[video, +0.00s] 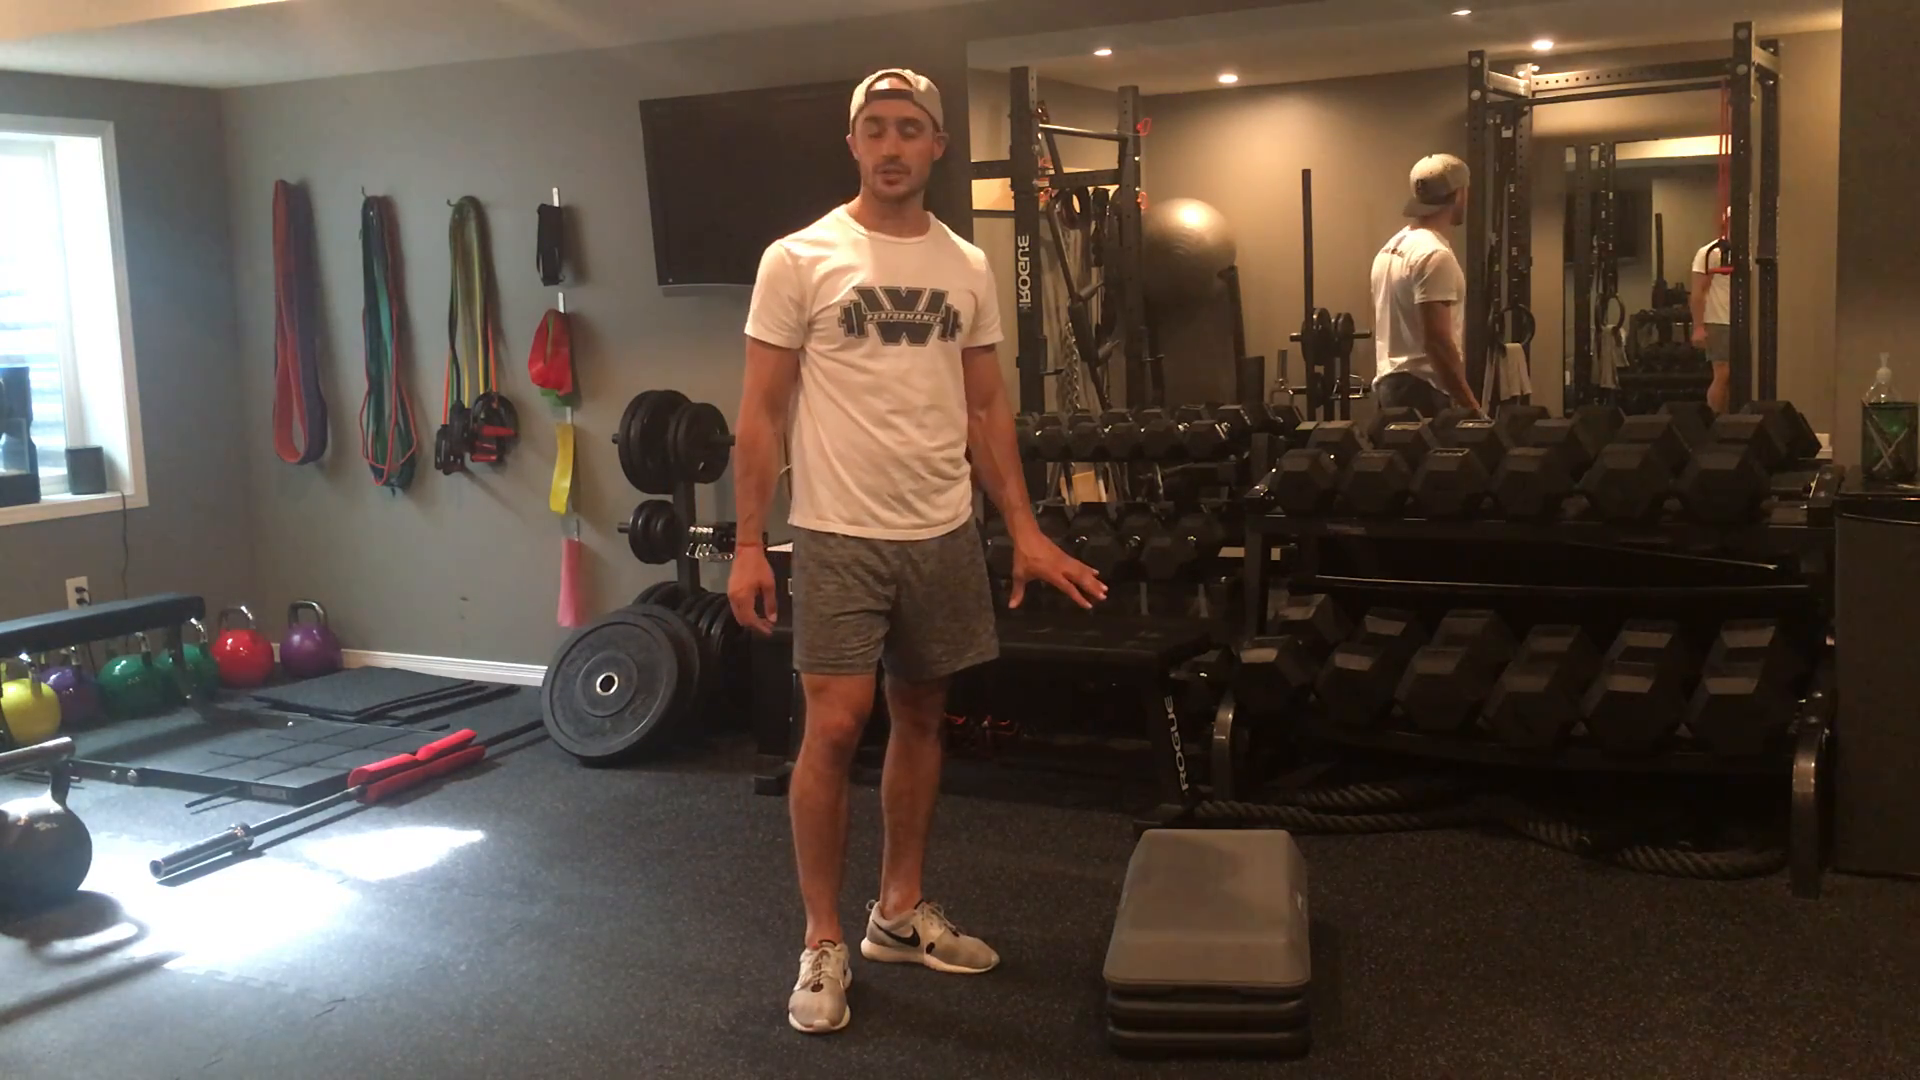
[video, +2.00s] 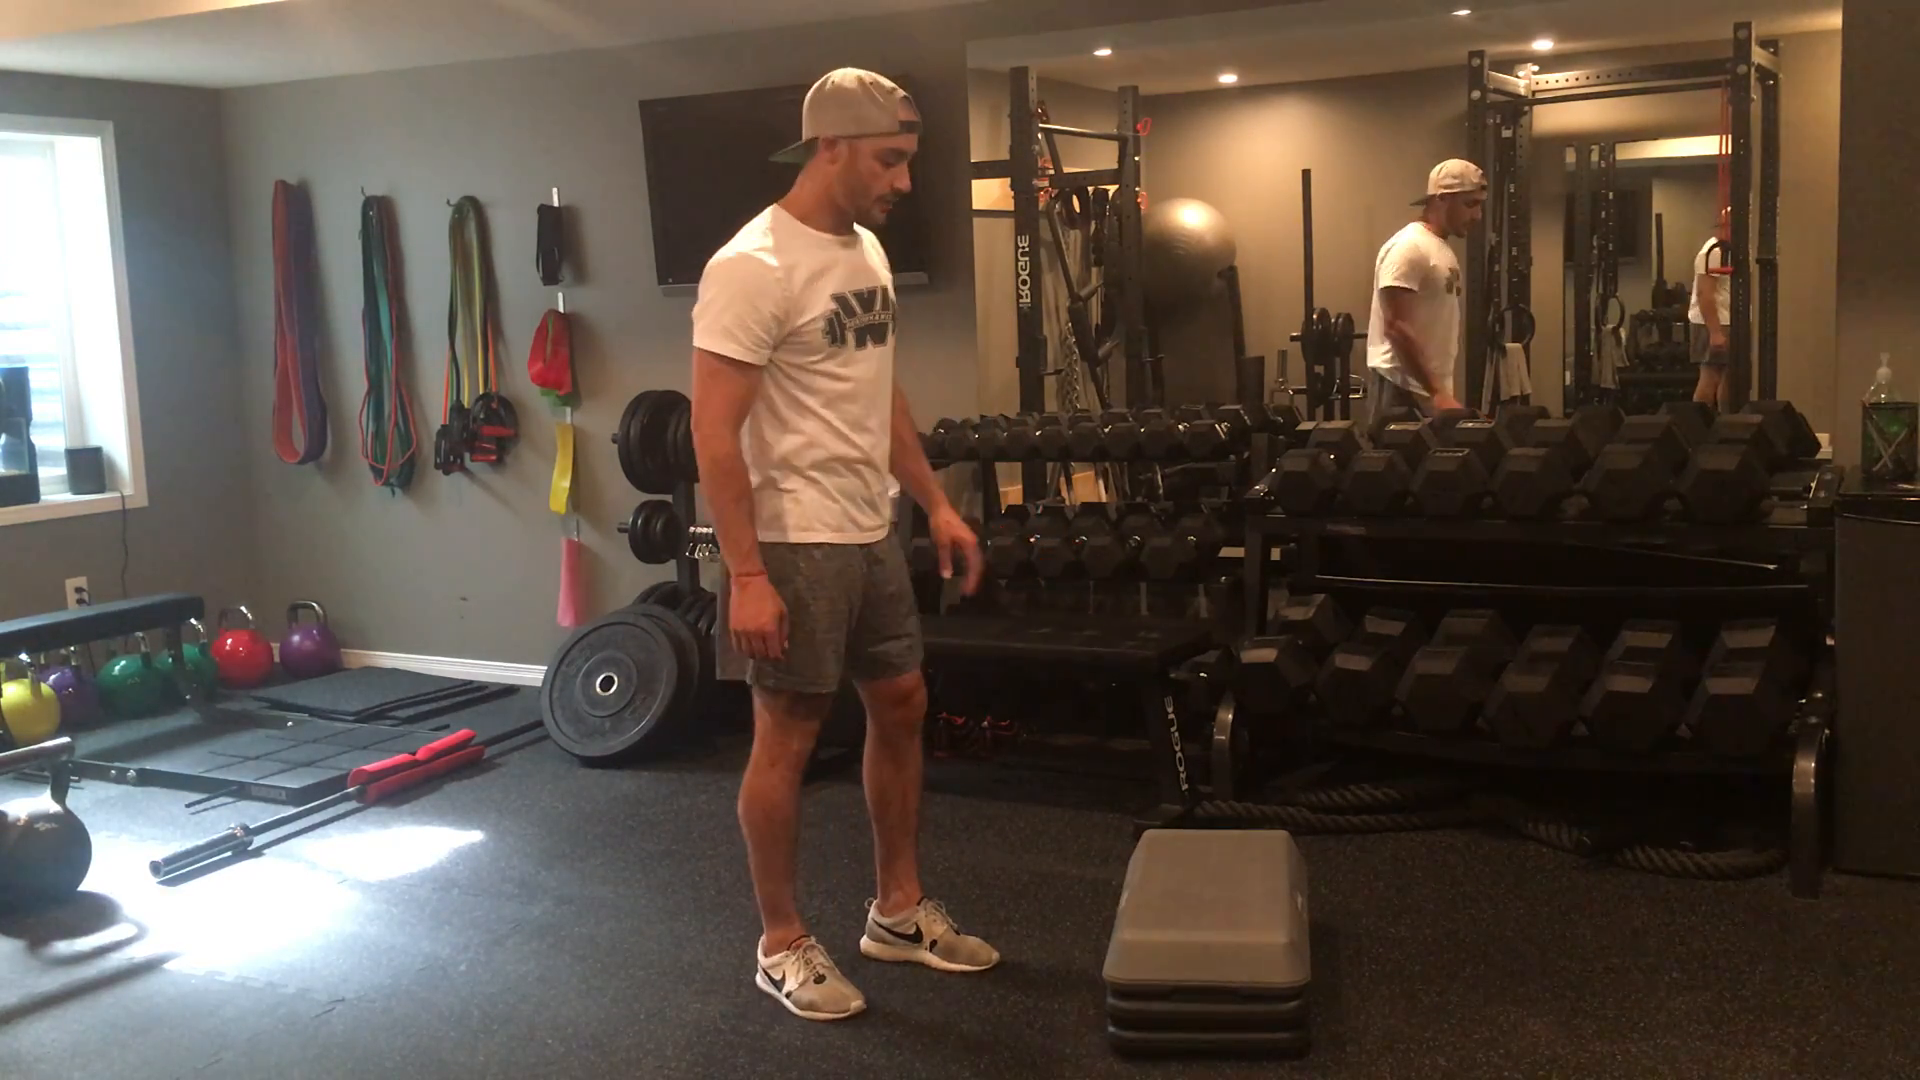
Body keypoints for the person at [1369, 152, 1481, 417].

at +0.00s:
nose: (1467, 199)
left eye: (1467, 191)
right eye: (1466, 192)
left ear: (1420, 194)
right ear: (1458, 196)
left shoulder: (1389, 249)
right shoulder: (1434, 254)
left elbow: (1387, 328)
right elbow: (1438, 341)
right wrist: (1471, 406)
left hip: (1389, 388)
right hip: (1423, 393)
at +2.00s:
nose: (1477, 215)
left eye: (1479, 205)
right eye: (1471, 204)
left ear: (1444, 199)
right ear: (1443, 199)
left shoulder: (1440, 249)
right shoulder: (1409, 247)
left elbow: (1429, 327)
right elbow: (1395, 327)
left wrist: (1444, 394)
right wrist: (1438, 392)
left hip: (1428, 394)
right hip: (1400, 392)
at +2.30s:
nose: (1487, 214)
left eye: (1490, 204)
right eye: (1478, 204)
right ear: (1450, 201)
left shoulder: (1475, 257)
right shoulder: (1409, 252)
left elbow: (1464, 329)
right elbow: (1366, 318)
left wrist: (1479, 392)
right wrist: (1395, 386)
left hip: (1452, 399)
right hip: (1411, 400)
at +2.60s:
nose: (1518, 220)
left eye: (1519, 210)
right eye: (1505, 212)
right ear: (1475, 215)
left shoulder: (1508, 259)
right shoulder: (1432, 269)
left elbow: (1491, 331)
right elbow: (1384, 331)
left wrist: (1506, 374)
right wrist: (1433, 386)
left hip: (1484, 411)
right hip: (1438, 414)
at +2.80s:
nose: (1554, 189)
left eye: (1554, 179)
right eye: (1543, 179)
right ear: (1513, 185)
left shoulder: (1533, 235)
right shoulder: (1474, 237)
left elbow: (1504, 301)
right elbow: (1431, 305)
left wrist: (1523, 338)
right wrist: (1508, 317)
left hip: (1513, 370)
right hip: (1464, 380)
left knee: (1569, 420)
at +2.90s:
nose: (1573, 161)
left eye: (1573, 152)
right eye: (1561, 152)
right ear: (1529, 158)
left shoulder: (1552, 215)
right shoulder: (1491, 213)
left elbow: (1529, 285)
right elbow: (1444, 281)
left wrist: (1544, 322)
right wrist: (1517, 296)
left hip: (1534, 356)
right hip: (1485, 367)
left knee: (1582, 420)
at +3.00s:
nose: (1582, 157)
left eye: (1582, 147)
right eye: (1570, 147)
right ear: (1537, 153)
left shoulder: (1568, 217)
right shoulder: (1496, 216)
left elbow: (1555, 286)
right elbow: (1453, 287)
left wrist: (1578, 319)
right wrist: (1522, 317)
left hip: (1557, 364)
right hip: (1504, 367)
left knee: (1589, 441)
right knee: (1514, 461)